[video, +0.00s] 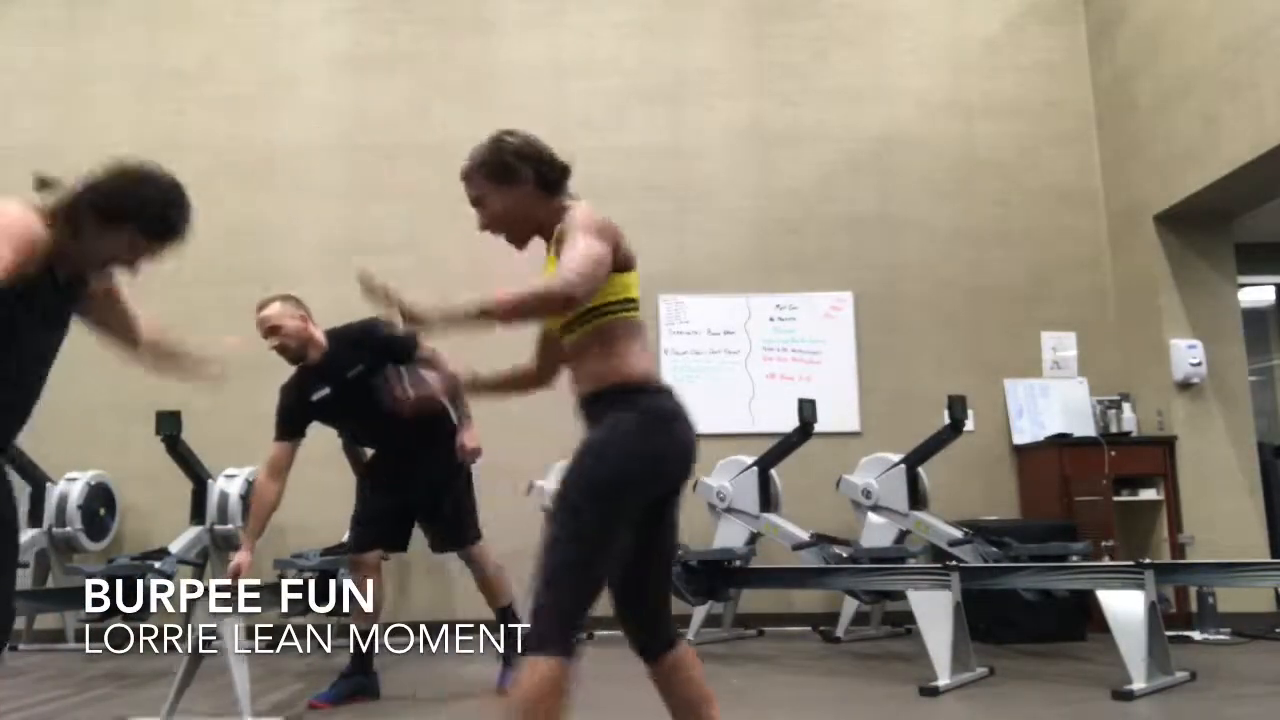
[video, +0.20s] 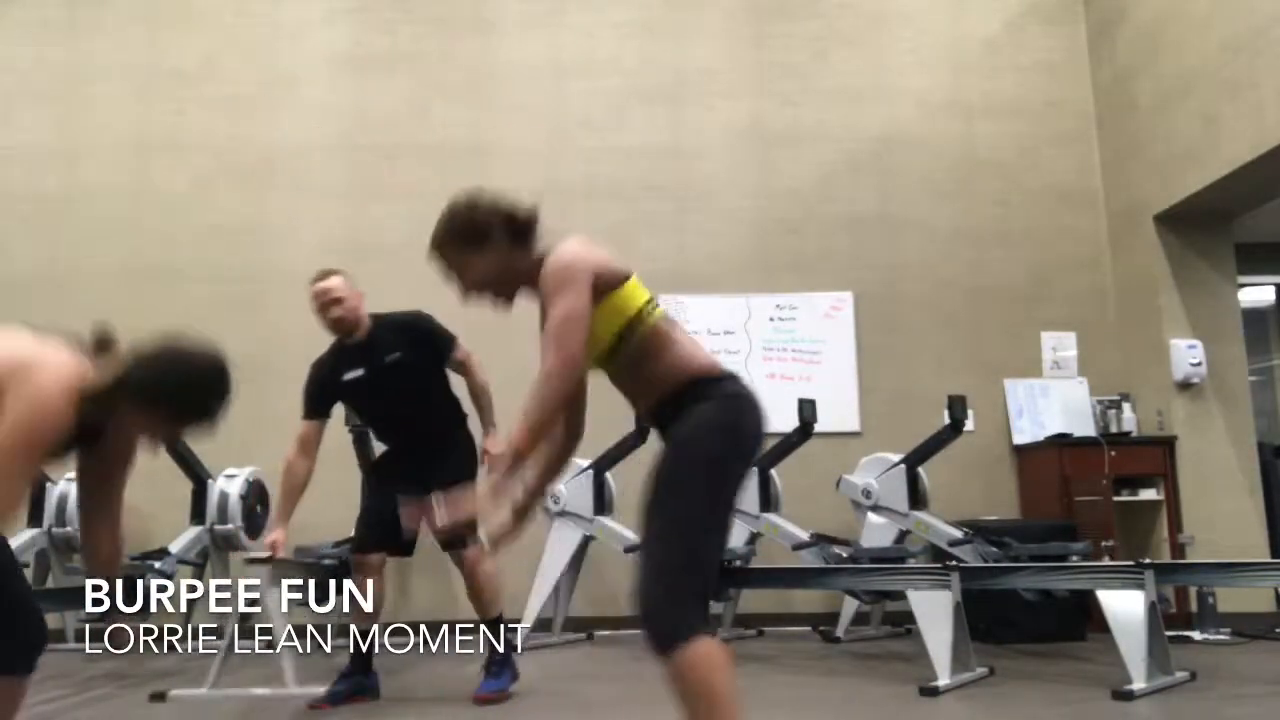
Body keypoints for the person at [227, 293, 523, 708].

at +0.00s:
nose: (272, 343)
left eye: (275, 330)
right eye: (266, 337)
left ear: (305, 319)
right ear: (271, 342)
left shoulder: (369, 337)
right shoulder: (297, 394)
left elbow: (438, 362)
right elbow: (273, 473)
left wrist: (466, 423)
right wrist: (246, 546)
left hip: (436, 444)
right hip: (385, 458)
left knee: (469, 545)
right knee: (364, 557)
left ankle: (516, 642)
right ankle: (362, 671)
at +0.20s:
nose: (332, 312)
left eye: (337, 301)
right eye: (323, 308)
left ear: (359, 298)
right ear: (318, 317)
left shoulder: (414, 329)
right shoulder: (327, 372)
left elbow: (469, 367)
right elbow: (304, 450)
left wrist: (490, 432)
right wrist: (280, 523)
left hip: (450, 450)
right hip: (393, 461)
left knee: (466, 551)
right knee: (365, 562)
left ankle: (501, 657)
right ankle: (361, 671)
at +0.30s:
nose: (388, 299)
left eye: (392, 289)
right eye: (378, 294)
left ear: (406, 288)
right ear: (365, 302)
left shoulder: (446, 331)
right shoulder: (360, 360)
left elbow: (494, 375)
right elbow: (337, 435)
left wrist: (508, 438)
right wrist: (311, 507)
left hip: (465, 451)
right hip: (413, 457)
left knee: (462, 554)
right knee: (373, 557)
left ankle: (493, 667)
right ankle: (361, 671)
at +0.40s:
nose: (440, 290)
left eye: (445, 280)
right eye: (430, 283)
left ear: (456, 280)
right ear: (411, 289)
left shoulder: (491, 326)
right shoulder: (402, 347)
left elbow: (533, 382)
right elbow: (374, 421)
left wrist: (536, 456)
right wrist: (350, 492)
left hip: (492, 461)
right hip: (441, 463)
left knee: (478, 557)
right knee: (398, 562)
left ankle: (491, 668)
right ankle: (363, 666)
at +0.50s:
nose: (481, 285)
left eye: (487, 276)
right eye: (471, 278)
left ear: (497, 277)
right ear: (451, 282)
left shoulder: (524, 326)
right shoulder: (436, 339)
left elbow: (563, 381)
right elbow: (412, 411)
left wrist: (574, 446)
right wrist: (392, 474)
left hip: (516, 456)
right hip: (468, 458)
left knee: (494, 556)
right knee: (431, 544)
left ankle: (492, 667)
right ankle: (431, 657)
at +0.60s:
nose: (508, 281)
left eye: (513, 273)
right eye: (499, 274)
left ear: (521, 276)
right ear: (478, 278)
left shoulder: (546, 327)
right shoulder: (459, 336)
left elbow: (583, 384)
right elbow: (436, 407)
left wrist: (599, 446)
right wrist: (422, 474)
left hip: (530, 455)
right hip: (485, 456)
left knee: (503, 562)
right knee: (482, 558)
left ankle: (490, 674)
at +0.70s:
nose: (537, 285)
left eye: (542, 277)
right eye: (528, 277)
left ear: (549, 280)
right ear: (507, 281)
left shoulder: (571, 330)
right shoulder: (485, 337)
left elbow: (604, 386)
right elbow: (467, 405)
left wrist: (625, 446)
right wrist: (456, 473)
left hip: (556, 455)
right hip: (512, 457)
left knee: (542, 555)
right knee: (515, 558)